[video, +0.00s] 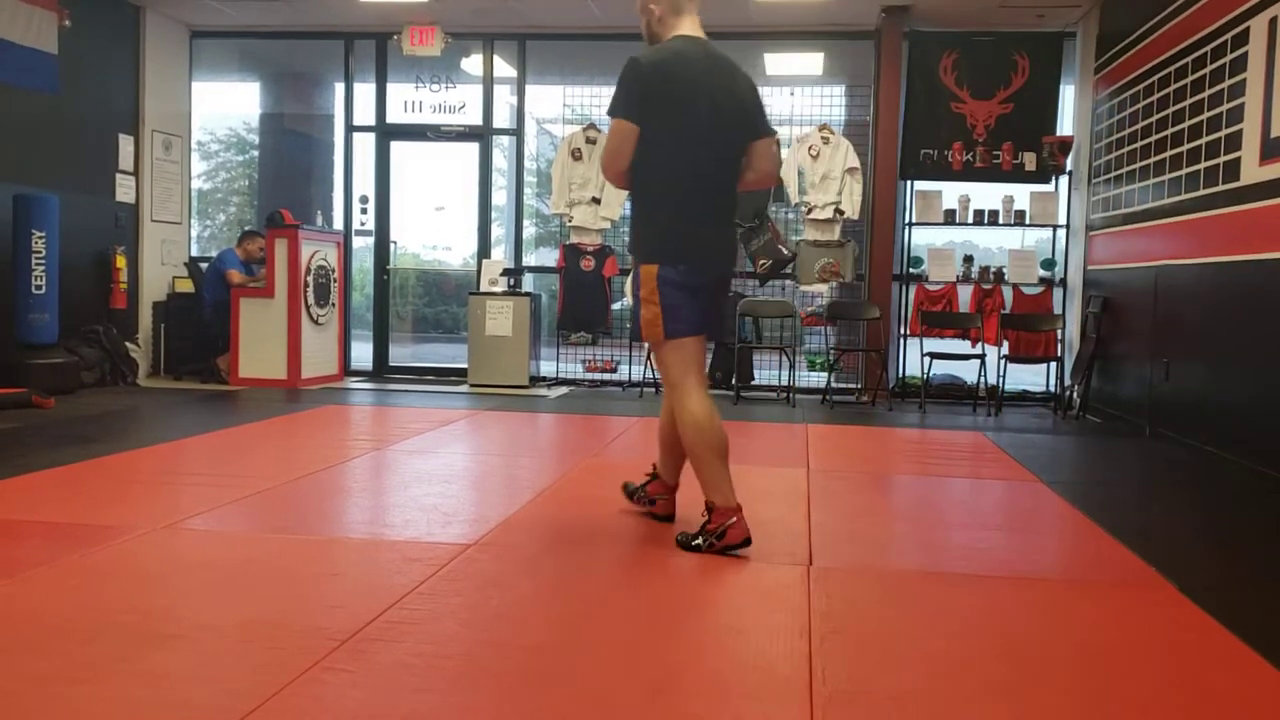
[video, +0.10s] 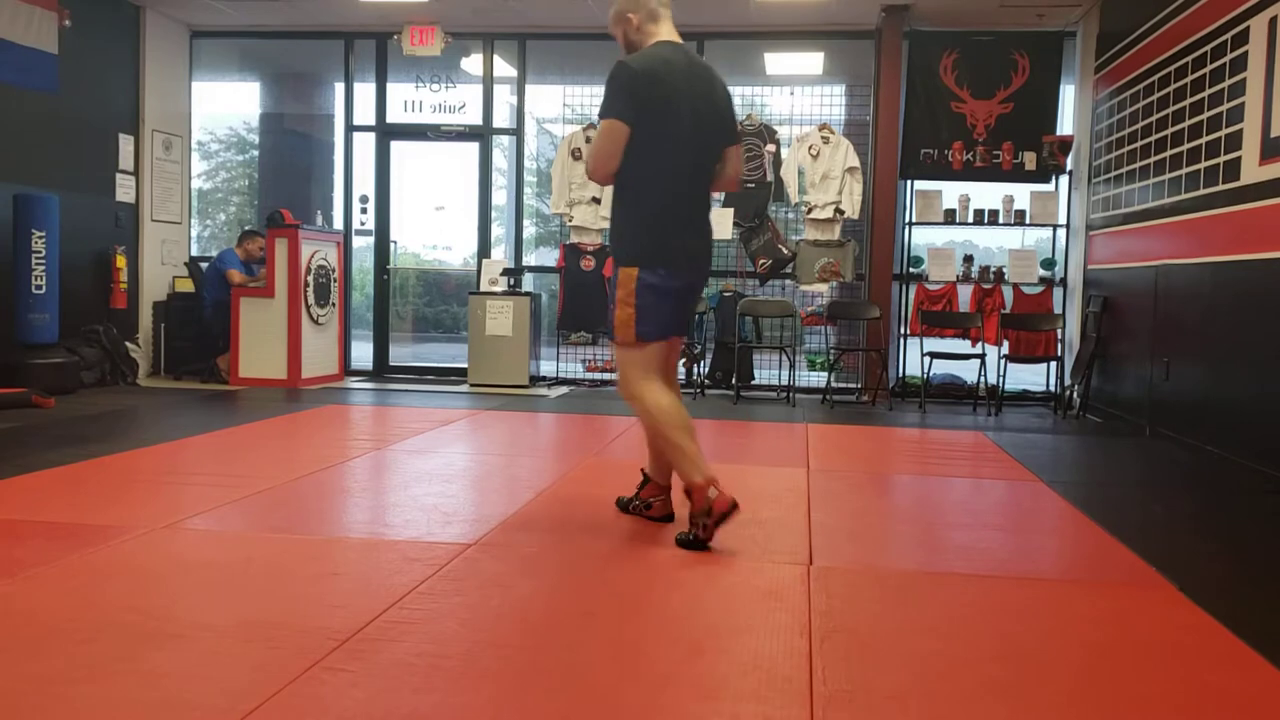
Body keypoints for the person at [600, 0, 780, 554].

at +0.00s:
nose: (640, 23)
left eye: (640, 15)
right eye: (641, 15)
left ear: (654, 11)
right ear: (696, 13)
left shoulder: (647, 67)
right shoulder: (739, 78)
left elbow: (615, 167)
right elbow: (764, 172)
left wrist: (653, 181)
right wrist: (706, 179)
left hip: (666, 245)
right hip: (715, 245)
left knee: (687, 381)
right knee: (681, 375)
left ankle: (725, 515)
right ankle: (662, 487)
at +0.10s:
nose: (618, 47)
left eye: (616, 36)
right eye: (616, 38)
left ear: (630, 20)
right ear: (666, 17)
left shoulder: (634, 71)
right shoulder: (713, 81)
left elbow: (601, 168)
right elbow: (729, 176)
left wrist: (597, 148)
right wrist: (673, 167)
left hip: (644, 248)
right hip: (691, 246)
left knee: (637, 377)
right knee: (662, 374)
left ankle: (705, 493)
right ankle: (657, 492)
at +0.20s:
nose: (594, 54)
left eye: (591, 44)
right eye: (589, 47)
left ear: (606, 24)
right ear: (635, 18)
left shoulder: (620, 71)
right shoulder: (683, 77)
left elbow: (589, 165)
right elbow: (694, 177)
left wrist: (582, 139)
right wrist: (627, 170)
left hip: (625, 242)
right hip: (673, 243)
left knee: (581, 364)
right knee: (652, 363)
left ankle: (663, 457)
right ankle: (658, 490)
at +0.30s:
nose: (569, 56)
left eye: (566, 46)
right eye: (563, 49)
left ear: (585, 23)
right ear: (602, 18)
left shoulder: (606, 69)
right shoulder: (648, 69)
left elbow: (580, 157)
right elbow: (638, 155)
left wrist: (560, 146)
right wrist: (576, 145)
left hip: (603, 238)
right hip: (648, 240)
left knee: (542, 348)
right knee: (642, 365)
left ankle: (605, 459)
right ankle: (654, 489)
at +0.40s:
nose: (540, 61)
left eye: (537, 50)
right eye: (534, 52)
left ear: (557, 31)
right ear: (571, 25)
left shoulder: (585, 71)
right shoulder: (617, 70)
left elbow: (562, 158)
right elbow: (618, 152)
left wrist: (544, 141)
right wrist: (555, 137)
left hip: (584, 238)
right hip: (626, 240)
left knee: (524, 350)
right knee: (628, 363)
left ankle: (530, 479)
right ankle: (651, 486)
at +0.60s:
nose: (473, 68)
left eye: (470, 56)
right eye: (467, 59)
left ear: (493, 36)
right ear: (502, 34)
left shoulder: (517, 83)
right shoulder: (552, 77)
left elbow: (514, 175)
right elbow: (548, 169)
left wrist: (472, 174)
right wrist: (487, 166)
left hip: (517, 253)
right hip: (562, 250)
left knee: (487, 372)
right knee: (579, 364)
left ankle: (462, 487)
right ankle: (636, 470)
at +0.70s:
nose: (438, 64)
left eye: (436, 52)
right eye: (432, 55)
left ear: (458, 33)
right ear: (471, 28)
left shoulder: (481, 75)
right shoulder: (523, 73)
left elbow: (477, 165)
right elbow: (540, 167)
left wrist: (441, 170)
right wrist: (460, 177)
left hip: (487, 242)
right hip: (526, 241)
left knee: (467, 364)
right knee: (516, 351)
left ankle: (461, 486)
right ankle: (585, 439)